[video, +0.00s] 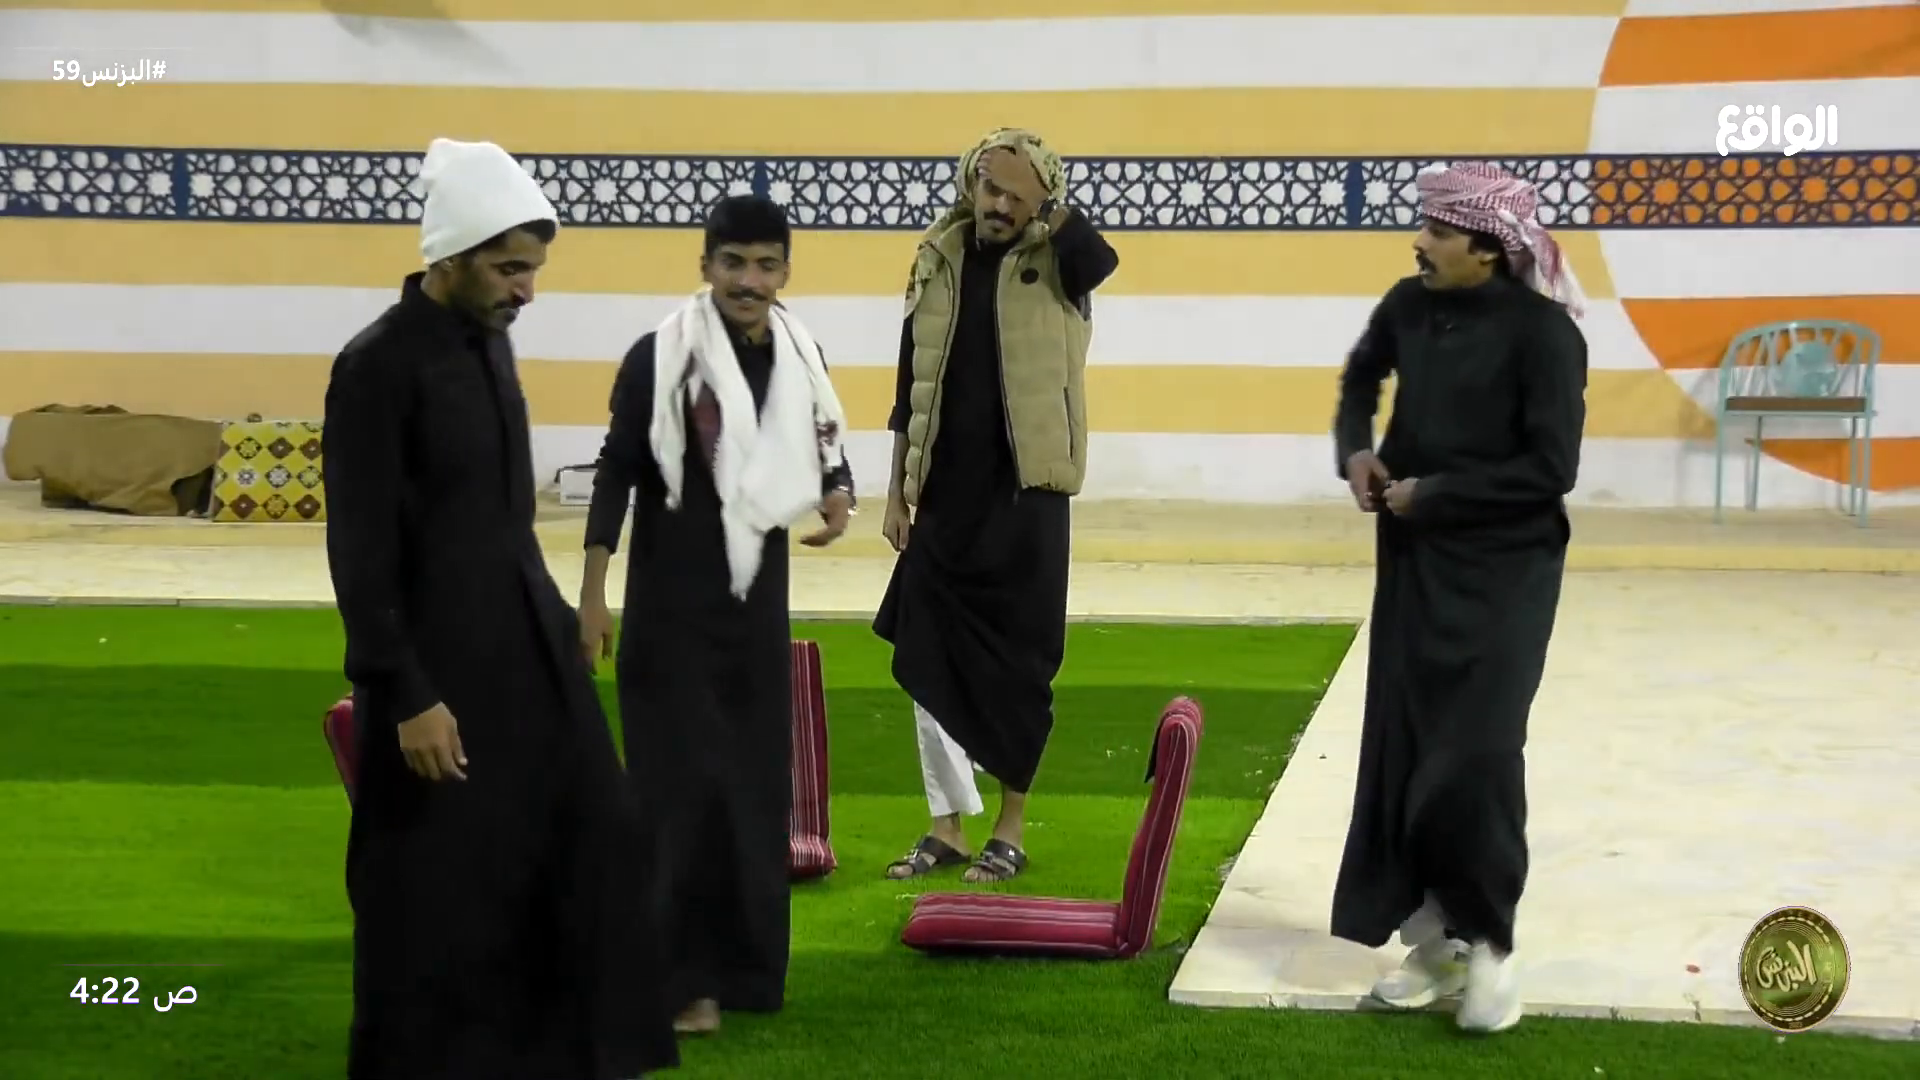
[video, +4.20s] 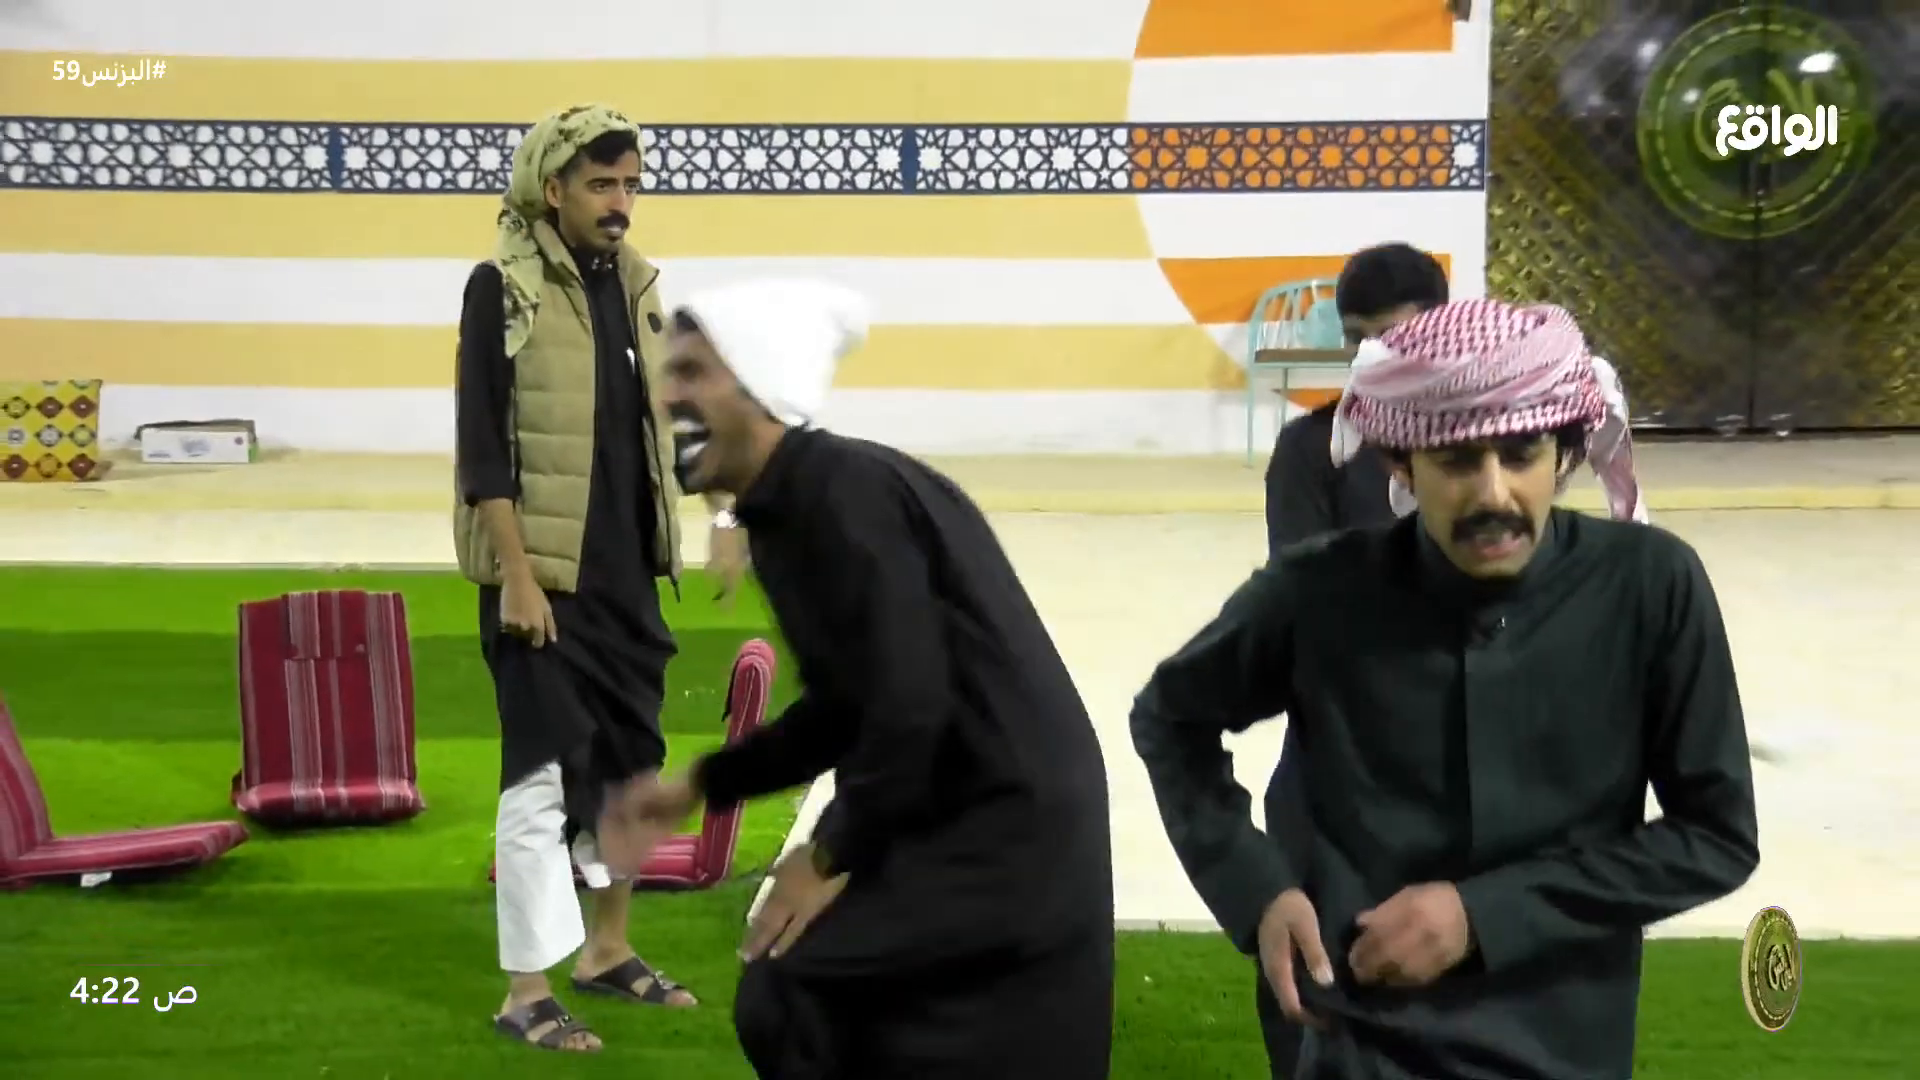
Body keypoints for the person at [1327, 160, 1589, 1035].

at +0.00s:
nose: (1421, 244)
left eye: (1439, 234)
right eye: (1422, 228)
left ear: (1490, 250)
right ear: (1441, 239)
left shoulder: (1545, 333)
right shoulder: (1409, 306)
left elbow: (1549, 470)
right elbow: (1359, 381)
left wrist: (1429, 490)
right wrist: (1355, 452)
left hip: (1506, 568)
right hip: (1417, 561)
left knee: (1474, 749)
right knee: (1409, 745)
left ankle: (1486, 945)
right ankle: (1434, 948)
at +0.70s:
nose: (1391, 292)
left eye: (1409, 274)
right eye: (1378, 276)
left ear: (1455, 277)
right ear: (1366, 281)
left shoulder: (1509, 378)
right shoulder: (1331, 356)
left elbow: (1540, 522)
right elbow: (1238, 424)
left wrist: (1417, 567)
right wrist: (1282, 511)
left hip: (1449, 624)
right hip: (1346, 614)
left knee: (1425, 813)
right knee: (1333, 804)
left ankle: (1378, 1013)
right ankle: (1319, 1027)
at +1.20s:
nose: (1439, 304)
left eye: (1459, 285)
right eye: (1419, 282)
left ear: (1478, 288)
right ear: (1377, 277)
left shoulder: (1509, 372)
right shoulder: (1304, 366)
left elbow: (1546, 528)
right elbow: (1195, 451)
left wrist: (1419, 609)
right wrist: (1257, 566)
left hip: (1463, 690)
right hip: (1337, 687)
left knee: (1472, 919)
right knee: (1342, 922)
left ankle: (1479, 1069)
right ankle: (1350, 1069)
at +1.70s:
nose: (1524, 325)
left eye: (1548, 300)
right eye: (1501, 298)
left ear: (1578, 297)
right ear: (1462, 288)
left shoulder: (1622, 400)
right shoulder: (1381, 386)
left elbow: (1668, 584)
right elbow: (1279, 499)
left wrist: (1502, 653)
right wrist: (1346, 611)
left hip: (1554, 741)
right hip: (1419, 734)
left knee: (1539, 993)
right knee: (1431, 989)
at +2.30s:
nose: (1574, 322)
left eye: (1602, 296)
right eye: (1548, 292)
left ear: (1634, 311)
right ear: (1500, 298)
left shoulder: (1690, 434)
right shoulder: (1400, 423)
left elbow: (1732, 647)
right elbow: (1277, 552)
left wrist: (1546, 735)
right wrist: (1373, 690)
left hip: (1623, 862)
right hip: (1450, 858)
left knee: (1645, 1066)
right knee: (1448, 1067)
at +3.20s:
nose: (1504, 441)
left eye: (1529, 406)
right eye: (1471, 411)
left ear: (1566, 402)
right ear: (1423, 410)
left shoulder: (1650, 518)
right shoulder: (1335, 524)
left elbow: (1725, 744)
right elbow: (1197, 655)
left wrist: (1522, 856)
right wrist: (1296, 805)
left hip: (1576, 959)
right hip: (1386, 951)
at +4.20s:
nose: (1492, 492)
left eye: (1521, 454)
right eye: (1456, 460)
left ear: (1563, 454)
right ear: (1404, 467)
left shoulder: (1653, 586)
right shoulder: (1315, 594)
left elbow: (1718, 837)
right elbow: (1171, 717)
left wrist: (1479, 912)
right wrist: (1258, 893)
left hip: (1562, 1046)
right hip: (1356, 1043)